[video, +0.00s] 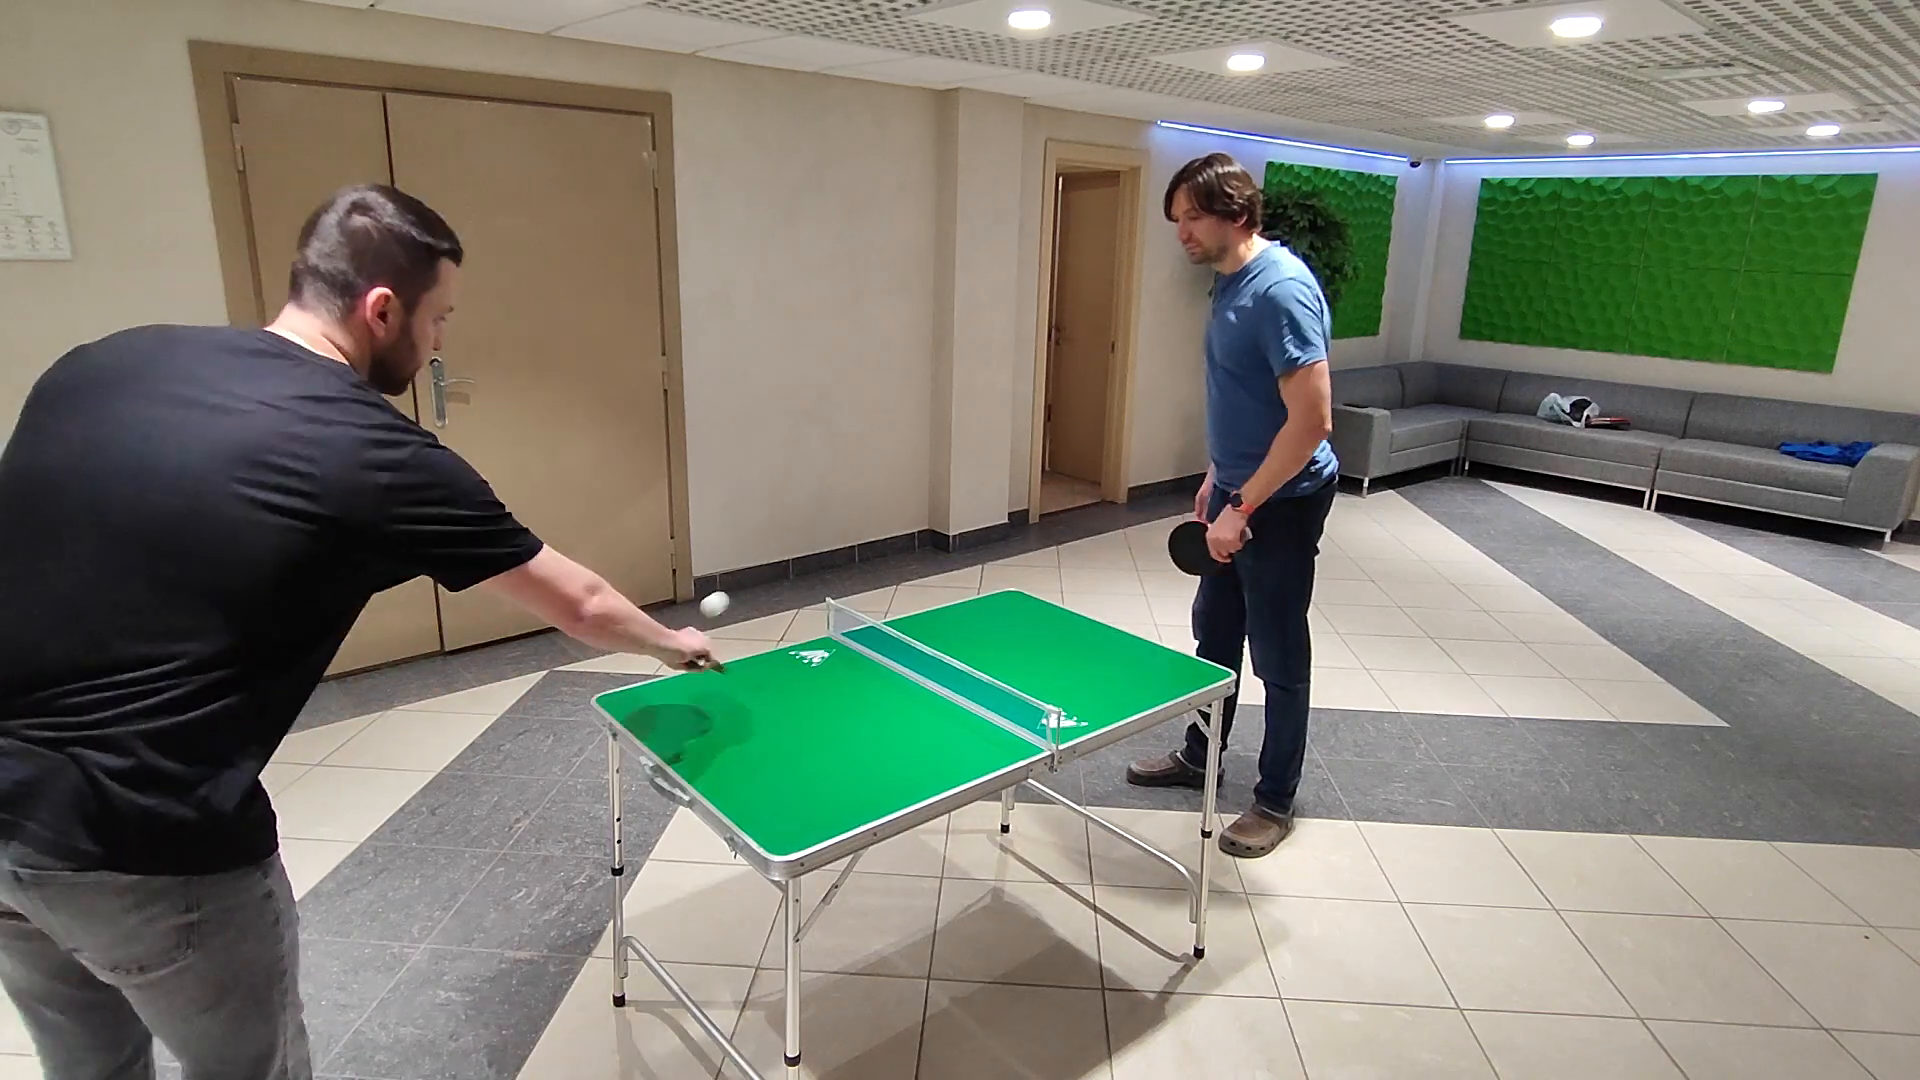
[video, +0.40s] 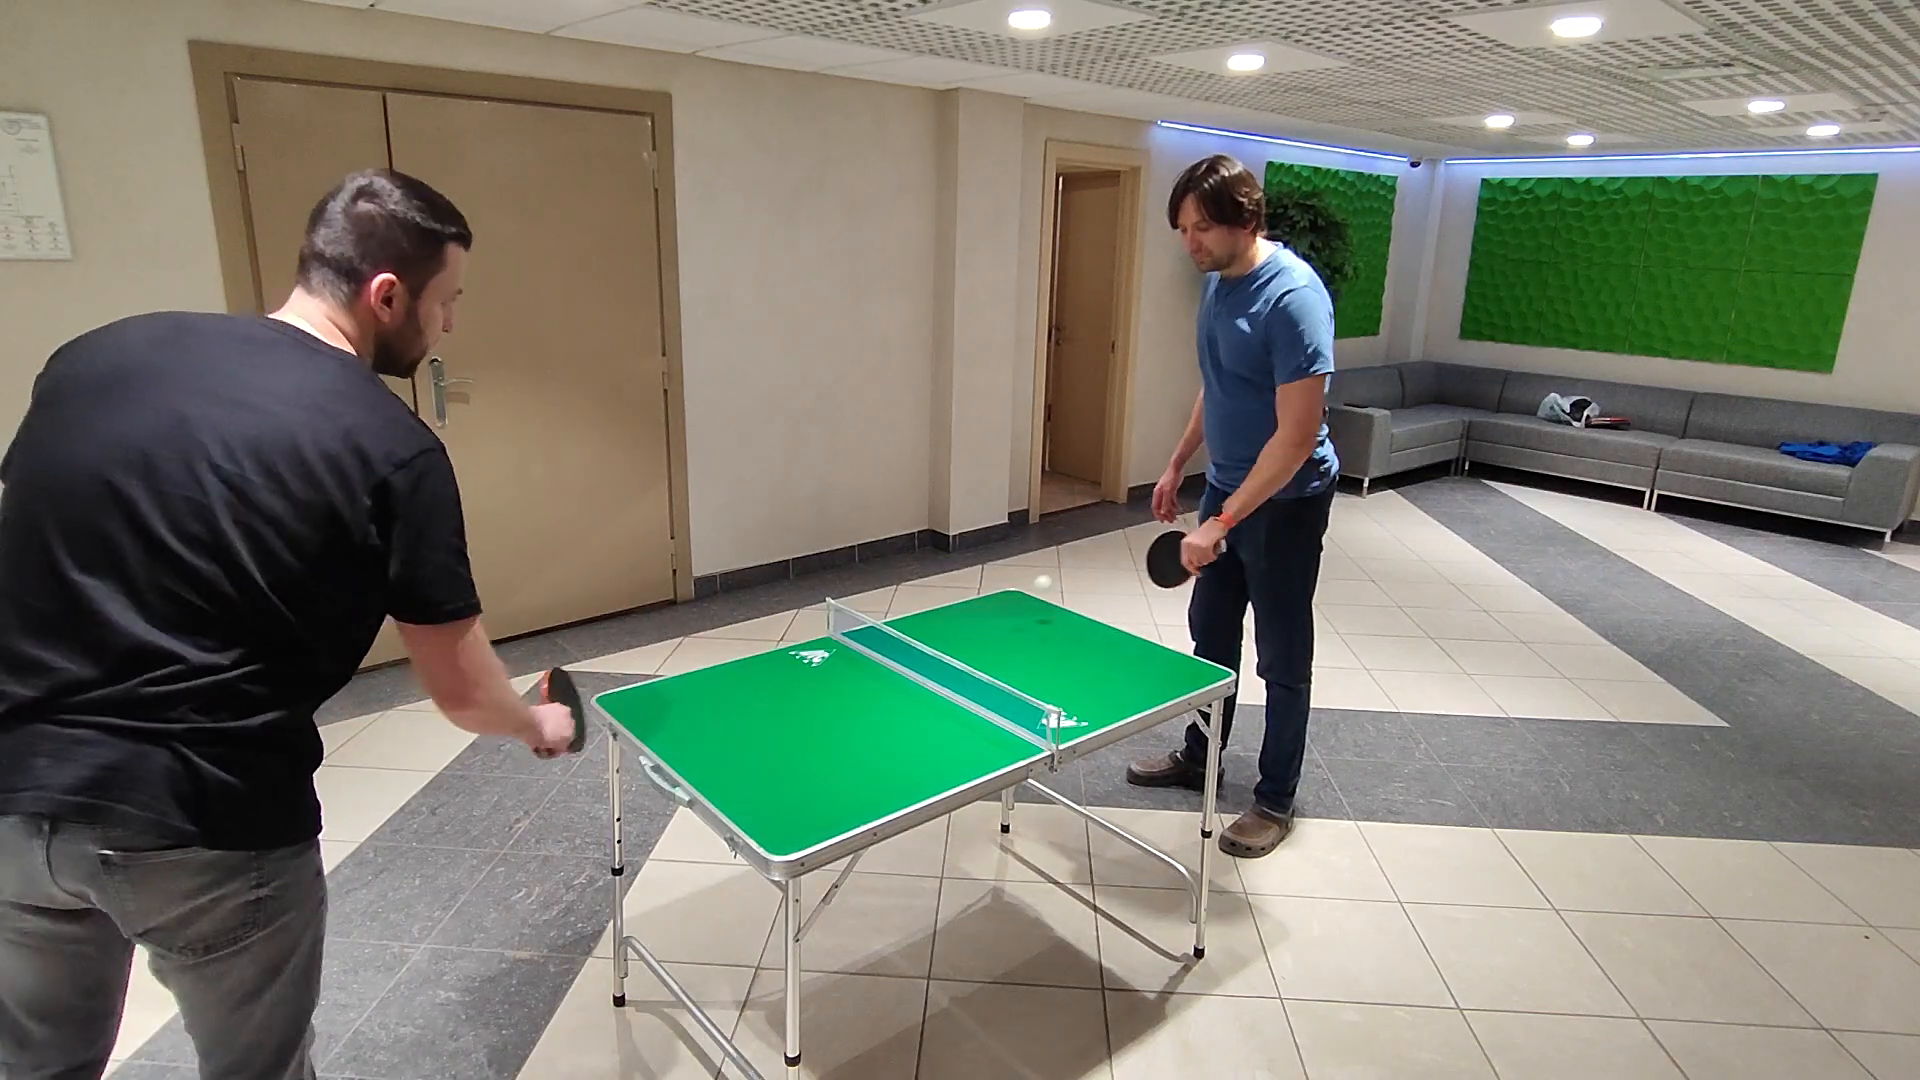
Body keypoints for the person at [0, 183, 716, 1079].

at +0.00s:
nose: (438, 345)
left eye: (446, 322)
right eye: (438, 319)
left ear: (299, 287)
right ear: (379, 311)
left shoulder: (91, 365)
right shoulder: (377, 451)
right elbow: (580, 602)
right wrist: (670, 641)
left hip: (3, 817)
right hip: (158, 835)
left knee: (92, 1068)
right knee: (252, 1068)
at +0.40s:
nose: (450, 323)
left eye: (457, 300)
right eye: (449, 299)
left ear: (307, 270)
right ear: (385, 294)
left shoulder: (97, 353)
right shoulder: (395, 449)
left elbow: (31, 551)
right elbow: (466, 691)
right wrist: (535, 724)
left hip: (19, 793)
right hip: (206, 814)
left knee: (35, 1069)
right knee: (260, 1067)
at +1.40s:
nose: (325, 294)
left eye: (330, 269)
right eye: (318, 264)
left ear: (222, 240)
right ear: (242, 245)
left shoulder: (16, 350)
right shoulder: (268, 403)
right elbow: (406, 622)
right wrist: (515, 715)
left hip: (25, 799)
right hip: (194, 811)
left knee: (82, 1059)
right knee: (238, 1064)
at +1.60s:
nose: (281, 266)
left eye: (284, 242)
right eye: (269, 239)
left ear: (173, 229)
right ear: (181, 231)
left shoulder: (13, 345)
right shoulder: (224, 394)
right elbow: (281, 640)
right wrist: (387, 734)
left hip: (35, 797)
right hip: (193, 816)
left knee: (90, 1055)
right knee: (235, 1062)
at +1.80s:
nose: (233, 246)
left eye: (230, 219)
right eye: (211, 218)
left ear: (111, 219)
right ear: (114, 218)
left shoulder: (13, 343)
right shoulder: (142, 392)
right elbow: (162, 644)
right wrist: (301, 748)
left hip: (41, 801)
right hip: (167, 827)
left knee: (83, 1055)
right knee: (232, 1063)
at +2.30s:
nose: (241, 279)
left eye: (243, 252)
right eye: (218, 245)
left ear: (113, 230)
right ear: (118, 227)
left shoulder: (20, 341)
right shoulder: (116, 389)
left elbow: (69, 574)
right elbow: (226, 619)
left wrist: (225, 670)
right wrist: (382, 723)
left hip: (31, 812)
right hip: (143, 834)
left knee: (69, 1054)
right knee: (226, 1060)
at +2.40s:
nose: (285, 299)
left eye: (287, 270)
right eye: (268, 265)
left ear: (165, 245)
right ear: (170, 244)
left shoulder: (13, 349)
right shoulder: (170, 413)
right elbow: (341, 626)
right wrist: (499, 732)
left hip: (19, 831)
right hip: (141, 849)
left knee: (61, 1065)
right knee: (219, 1064)